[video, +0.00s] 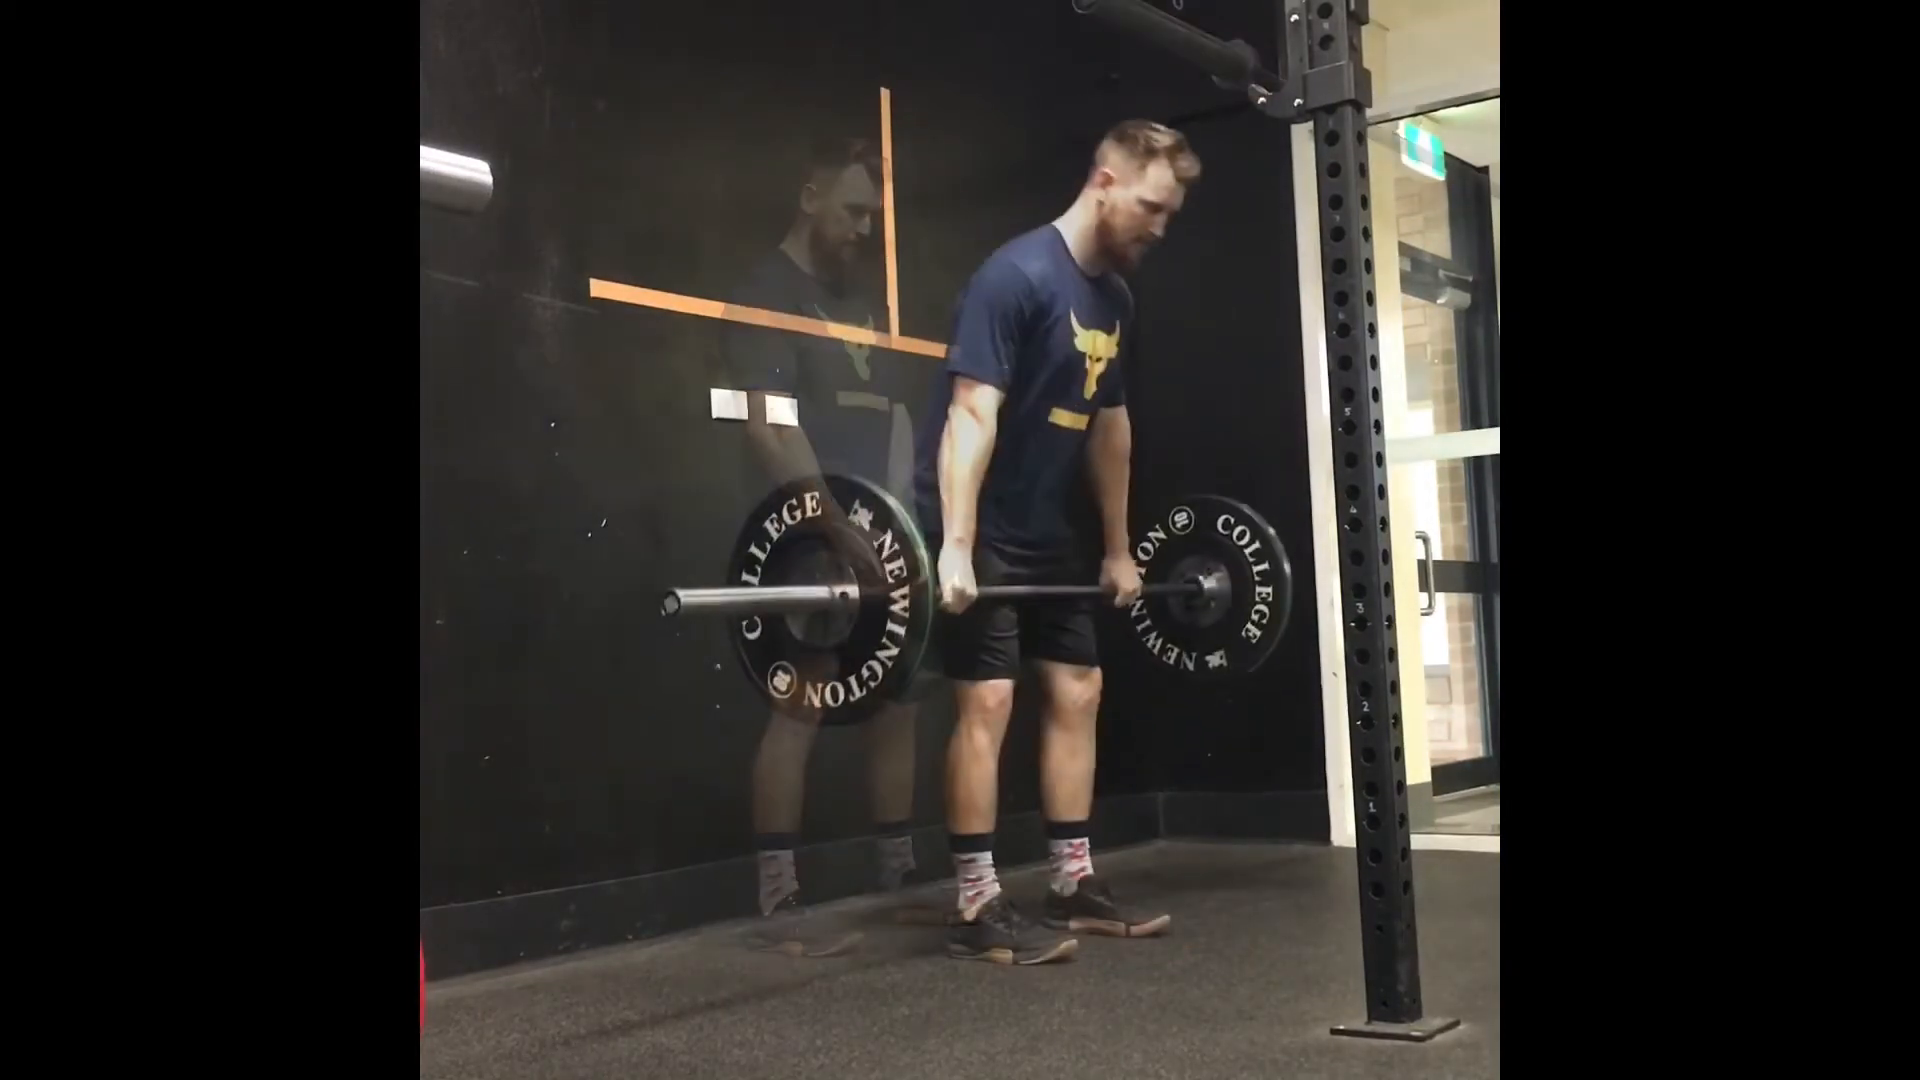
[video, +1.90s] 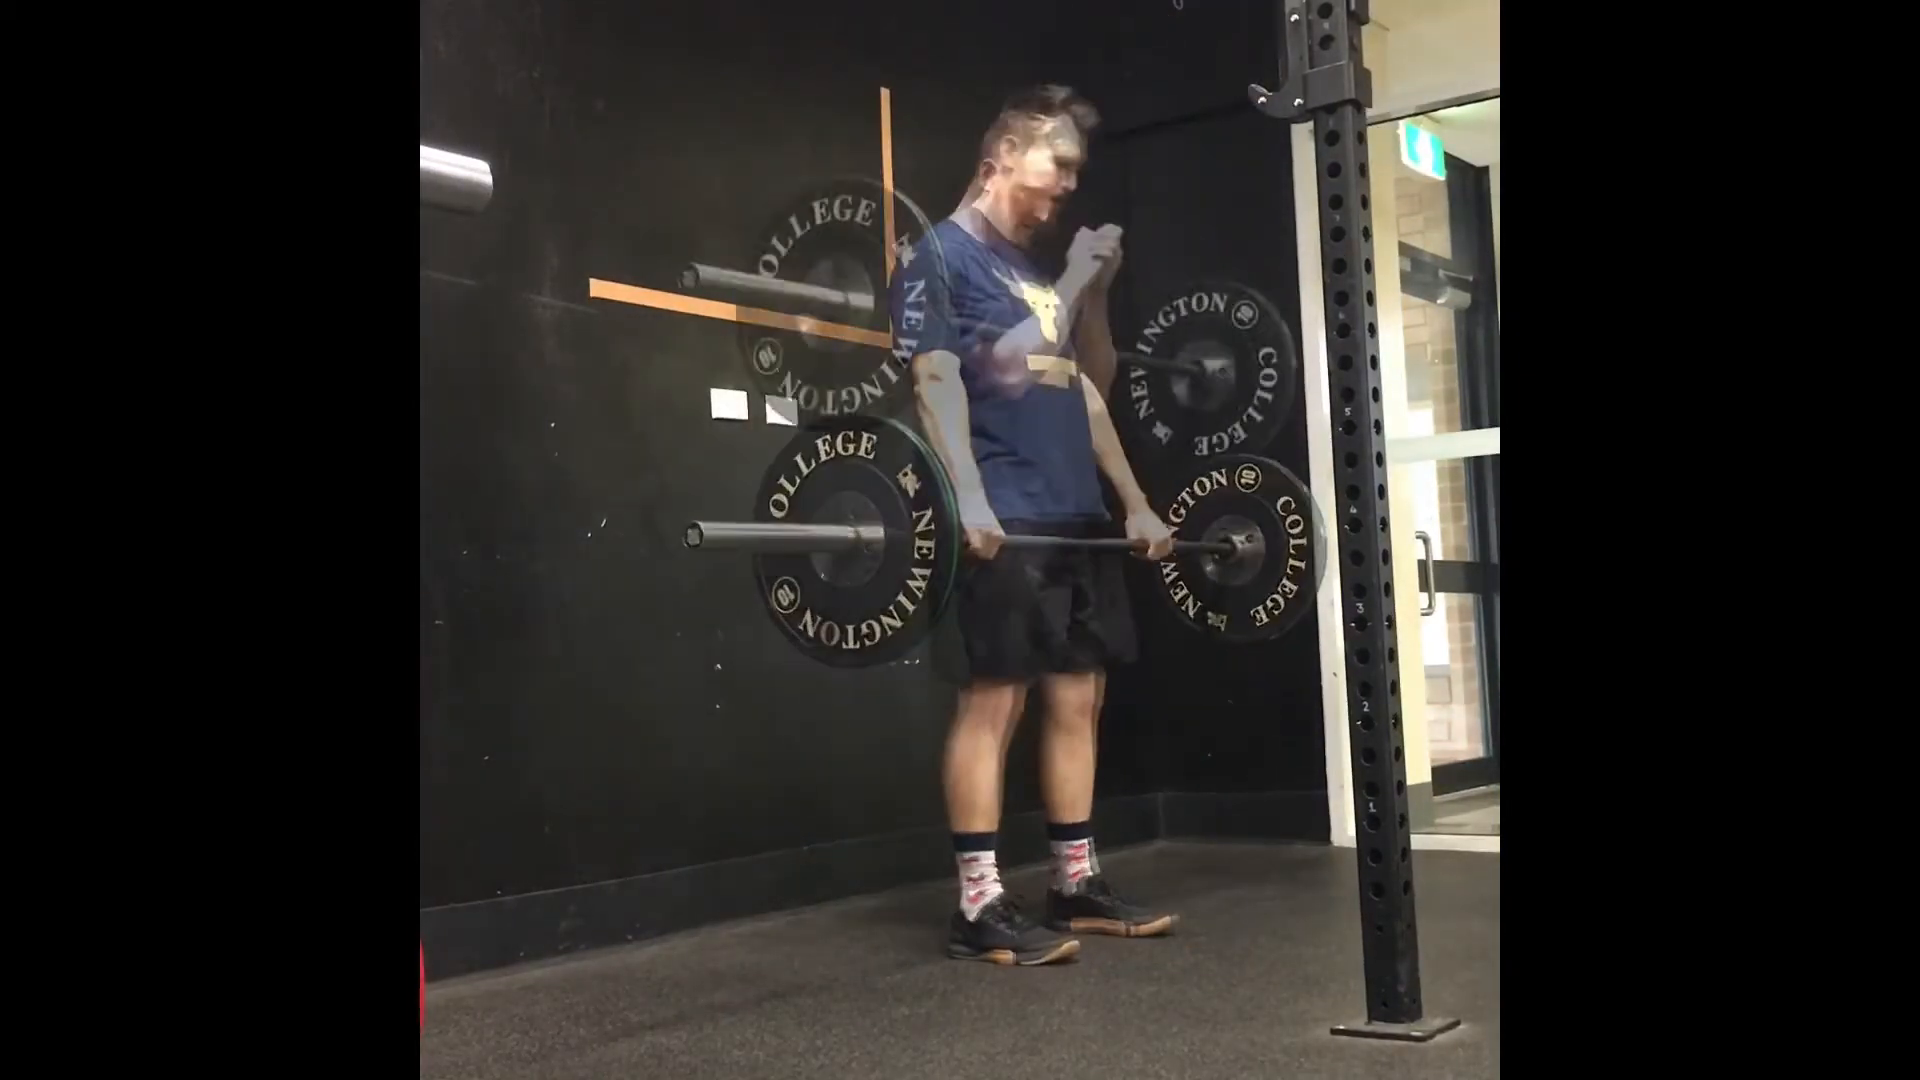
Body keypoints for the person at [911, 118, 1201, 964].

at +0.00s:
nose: (1162, 229)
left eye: (1170, 214)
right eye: (1156, 208)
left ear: (1123, 197)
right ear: (1105, 183)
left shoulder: (1114, 300)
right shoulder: (1013, 277)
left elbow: (1110, 423)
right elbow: (972, 412)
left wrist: (1118, 544)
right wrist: (956, 546)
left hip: (1060, 536)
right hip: (984, 533)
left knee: (1078, 689)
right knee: (987, 701)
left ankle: (1072, 886)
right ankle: (977, 906)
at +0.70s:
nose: (1215, 342)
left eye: (1226, 329)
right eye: (1209, 321)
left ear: (1173, 300)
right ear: (1161, 292)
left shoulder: (1149, 388)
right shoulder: (1052, 363)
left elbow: (1128, 504)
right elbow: (993, 498)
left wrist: (1124, 623)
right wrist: (960, 635)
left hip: (1017, 523)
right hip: (926, 519)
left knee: (1061, 681)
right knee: (966, 692)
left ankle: (1071, 884)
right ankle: (975, 905)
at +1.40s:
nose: (1166, 257)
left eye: (1174, 242)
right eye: (1160, 235)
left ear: (1134, 223)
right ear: (1107, 211)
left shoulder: (1119, 328)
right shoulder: (1015, 308)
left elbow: (1116, 455)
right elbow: (977, 447)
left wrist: (1128, 577)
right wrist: (964, 575)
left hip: (1021, 526)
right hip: (940, 525)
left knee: (1071, 685)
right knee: (978, 698)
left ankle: (1071, 886)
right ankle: (976, 908)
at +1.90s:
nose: (1061, 196)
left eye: (1068, 181)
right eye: (1051, 176)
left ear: (1064, 176)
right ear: (999, 161)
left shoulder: (1045, 271)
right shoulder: (937, 256)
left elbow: (1083, 395)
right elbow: (936, 386)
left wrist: (1134, 503)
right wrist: (970, 501)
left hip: (1078, 520)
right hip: (1004, 522)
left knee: (1076, 697)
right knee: (991, 703)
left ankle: (1076, 886)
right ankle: (981, 904)